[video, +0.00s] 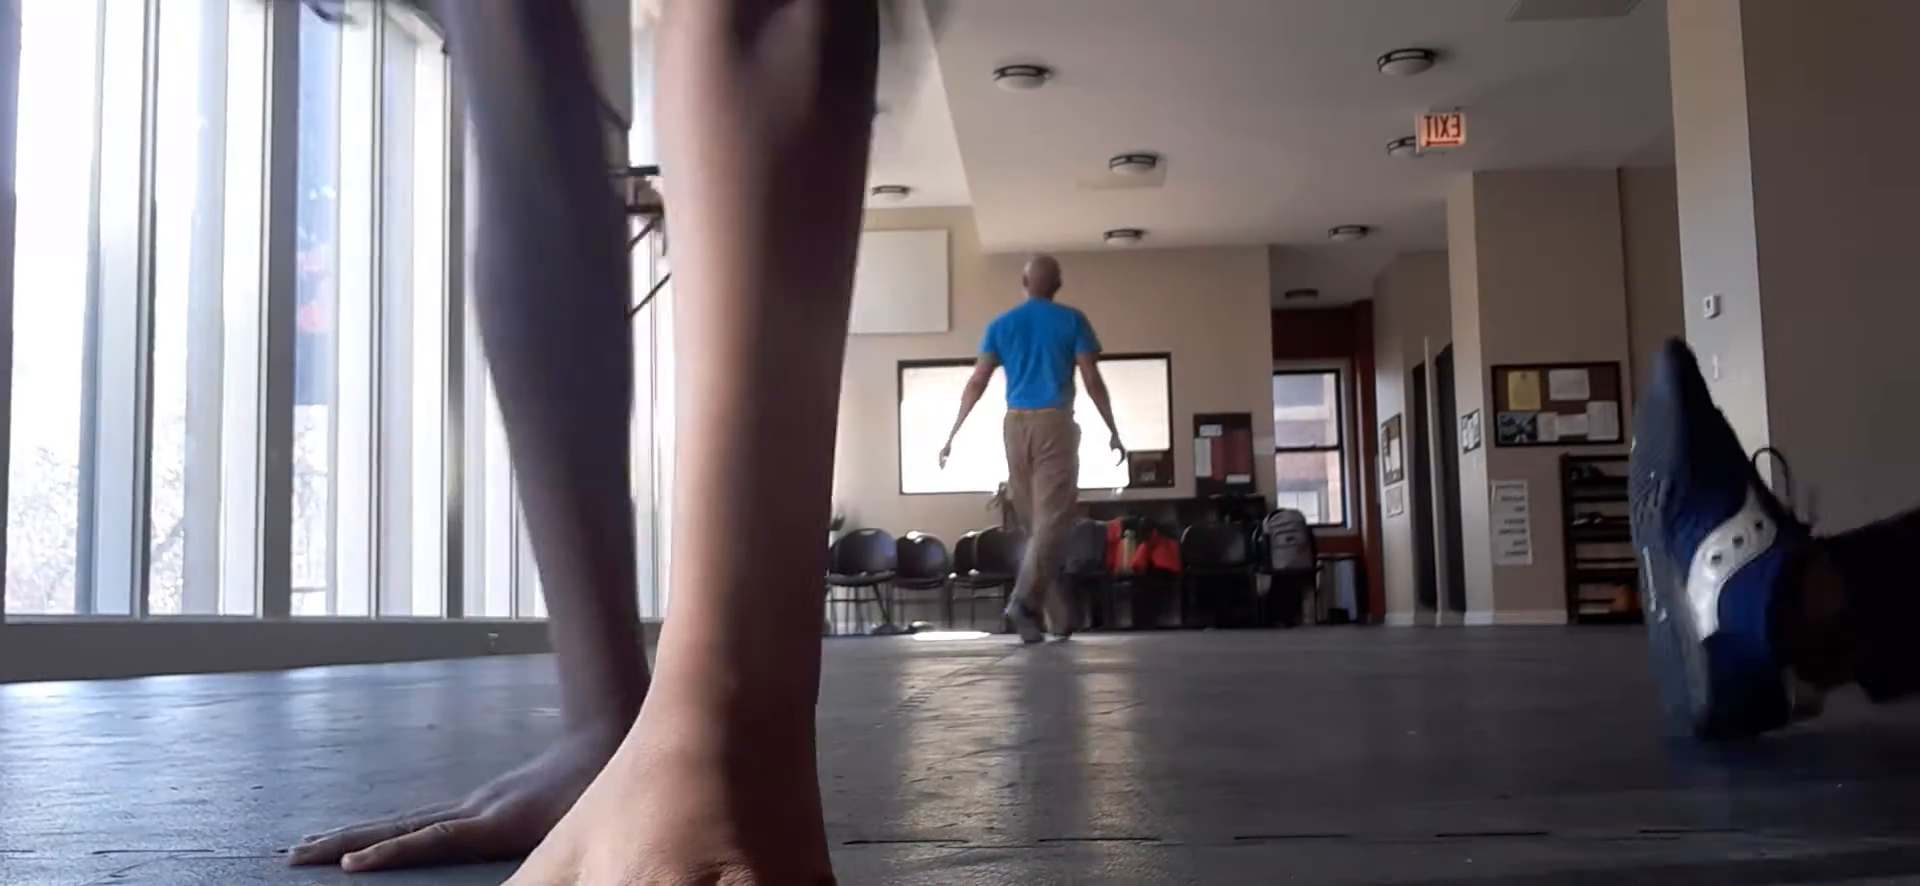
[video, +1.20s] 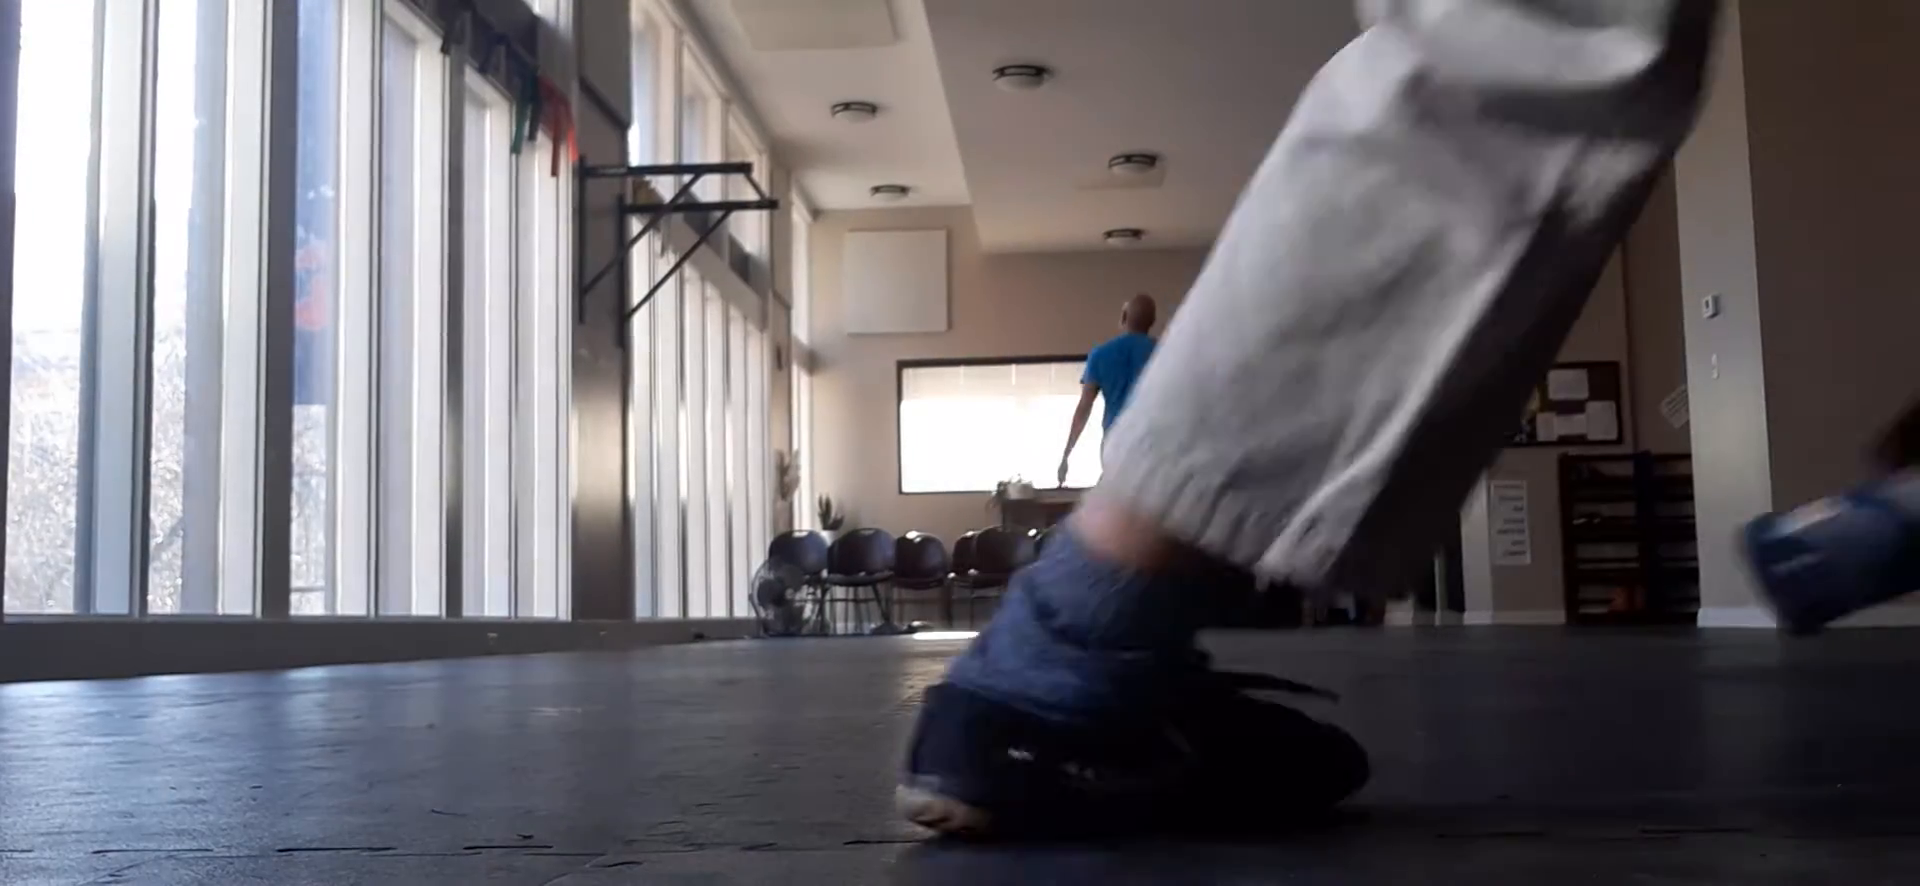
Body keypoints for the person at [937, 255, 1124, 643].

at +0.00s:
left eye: (1028, 277)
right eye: (1056, 280)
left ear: (1024, 283)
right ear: (1057, 286)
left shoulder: (1002, 324)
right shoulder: (1072, 319)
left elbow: (977, 382)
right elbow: (1091, 378)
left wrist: (952, 434)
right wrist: (1112, 429)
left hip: (1014, 426)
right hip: (1055, 425)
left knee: (1033, 521)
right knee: (1051, 516)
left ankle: (1061, 618)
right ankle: (1022, 604)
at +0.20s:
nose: (1059, 288)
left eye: (1043, 281)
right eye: (1067, 284)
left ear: (1037, 286)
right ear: (1071, 287)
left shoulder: (1015, 326)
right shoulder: (1084, 320)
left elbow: (1000, 391)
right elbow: (1102, 380)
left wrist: (992, 437)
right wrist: (1121, 429)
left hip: (1027, 426)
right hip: (1069, 426)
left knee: (1046, 523)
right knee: (1093, 510)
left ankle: (1059, 621)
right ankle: (1072, 578)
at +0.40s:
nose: (1062, 294)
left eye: (1056, 288)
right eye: (1081, 292)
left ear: (1052, 293)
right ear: (1085, 295)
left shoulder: (1031, 331)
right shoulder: (1097, 326)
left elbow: (1024, 393)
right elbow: (1112, 382)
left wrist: (1043, 422)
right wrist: (1134, 435)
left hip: (1043, 427)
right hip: (1087, 427)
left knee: (1054, 524)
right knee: (1104, 519)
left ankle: (1059, 620)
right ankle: (1119, 612)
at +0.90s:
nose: (1115, 308)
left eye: (1109, 301)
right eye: (1131, 304)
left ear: (1105, 305)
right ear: (1137, 307)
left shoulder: (1083, 343)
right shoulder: (1151, 340)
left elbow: (1070, 403)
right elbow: (1170, 394)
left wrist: (1060, 449)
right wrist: (1186, 440)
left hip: (1100, 437)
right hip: (1141, 436)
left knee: (1097, 520)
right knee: (1138, 523)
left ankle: (1091, 593)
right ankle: (1133, 611)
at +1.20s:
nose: (1120, 318)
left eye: (1122, 314)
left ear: (1123, 317)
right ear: (1152, 323)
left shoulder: (1102, 354)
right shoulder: (1163, 354)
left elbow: (1084, 408)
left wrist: (1065, 456)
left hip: (1116, 443)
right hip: (1155, 442)